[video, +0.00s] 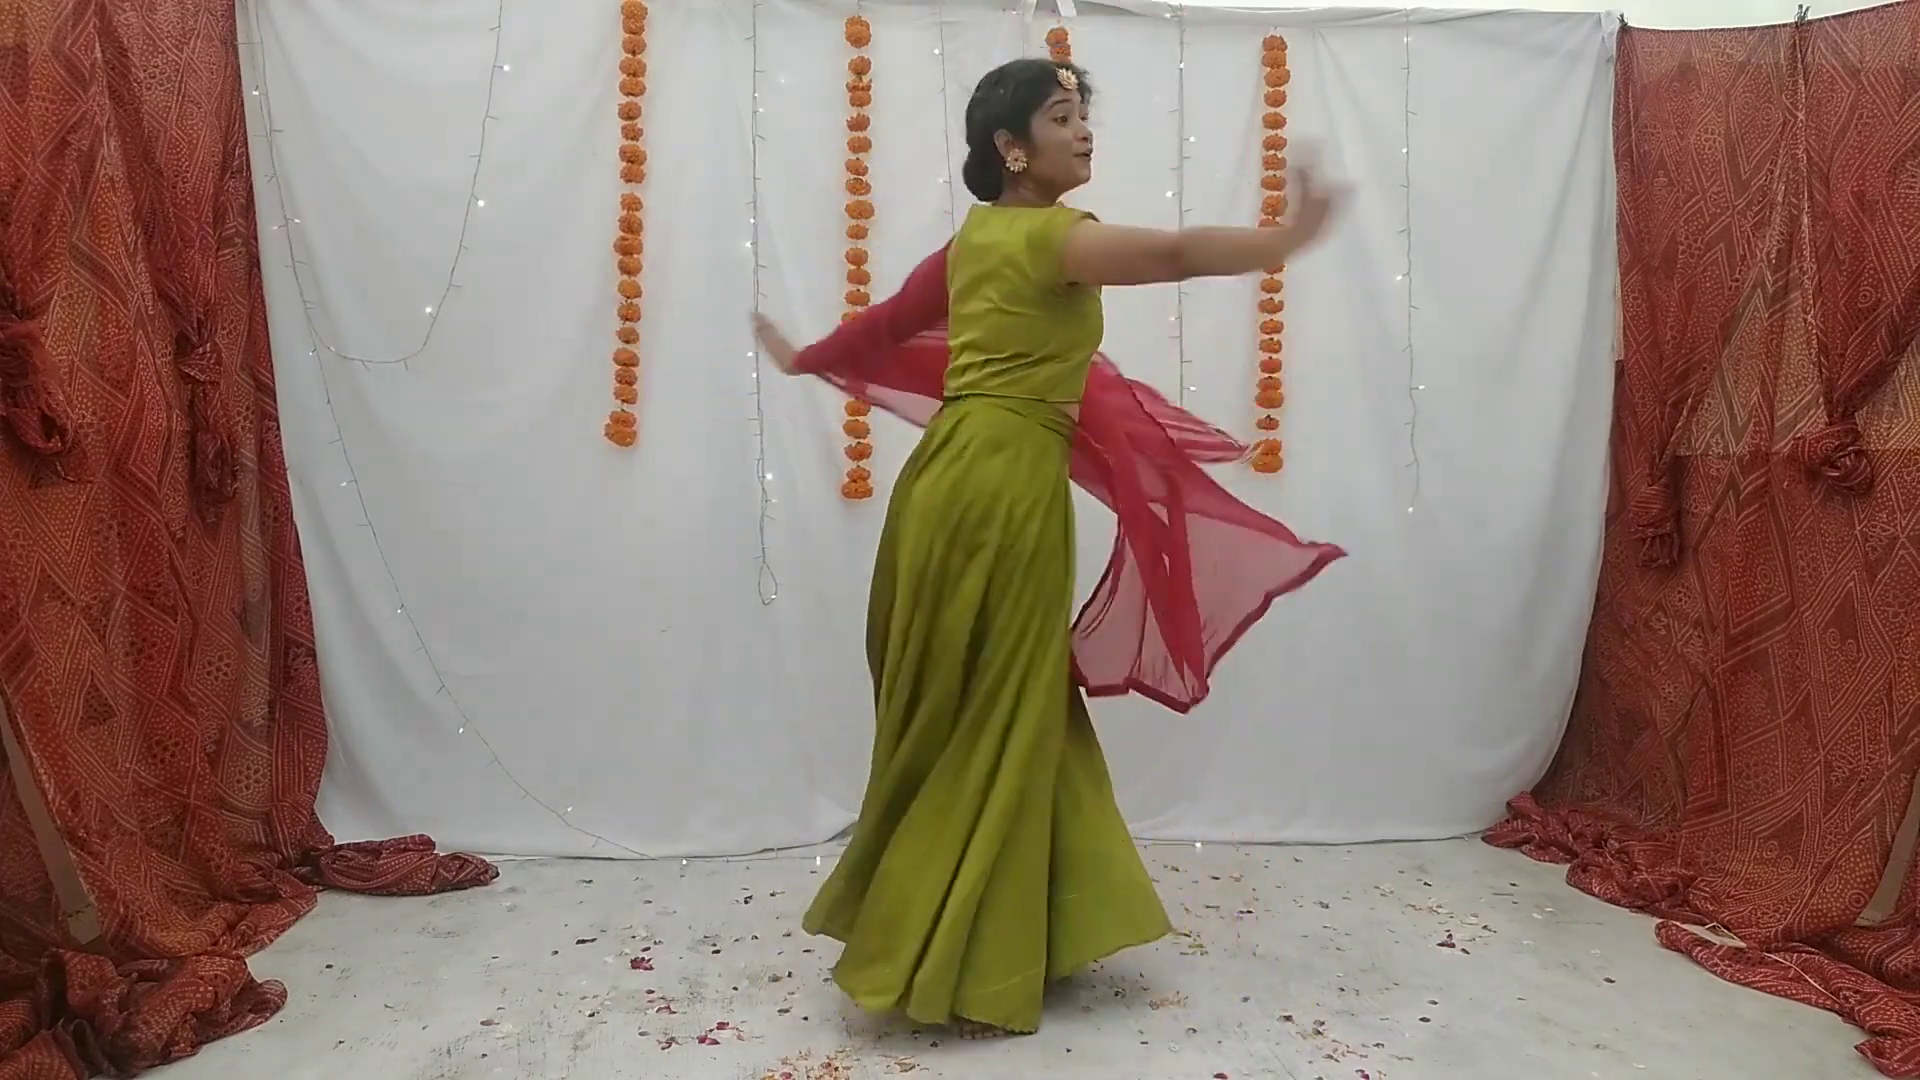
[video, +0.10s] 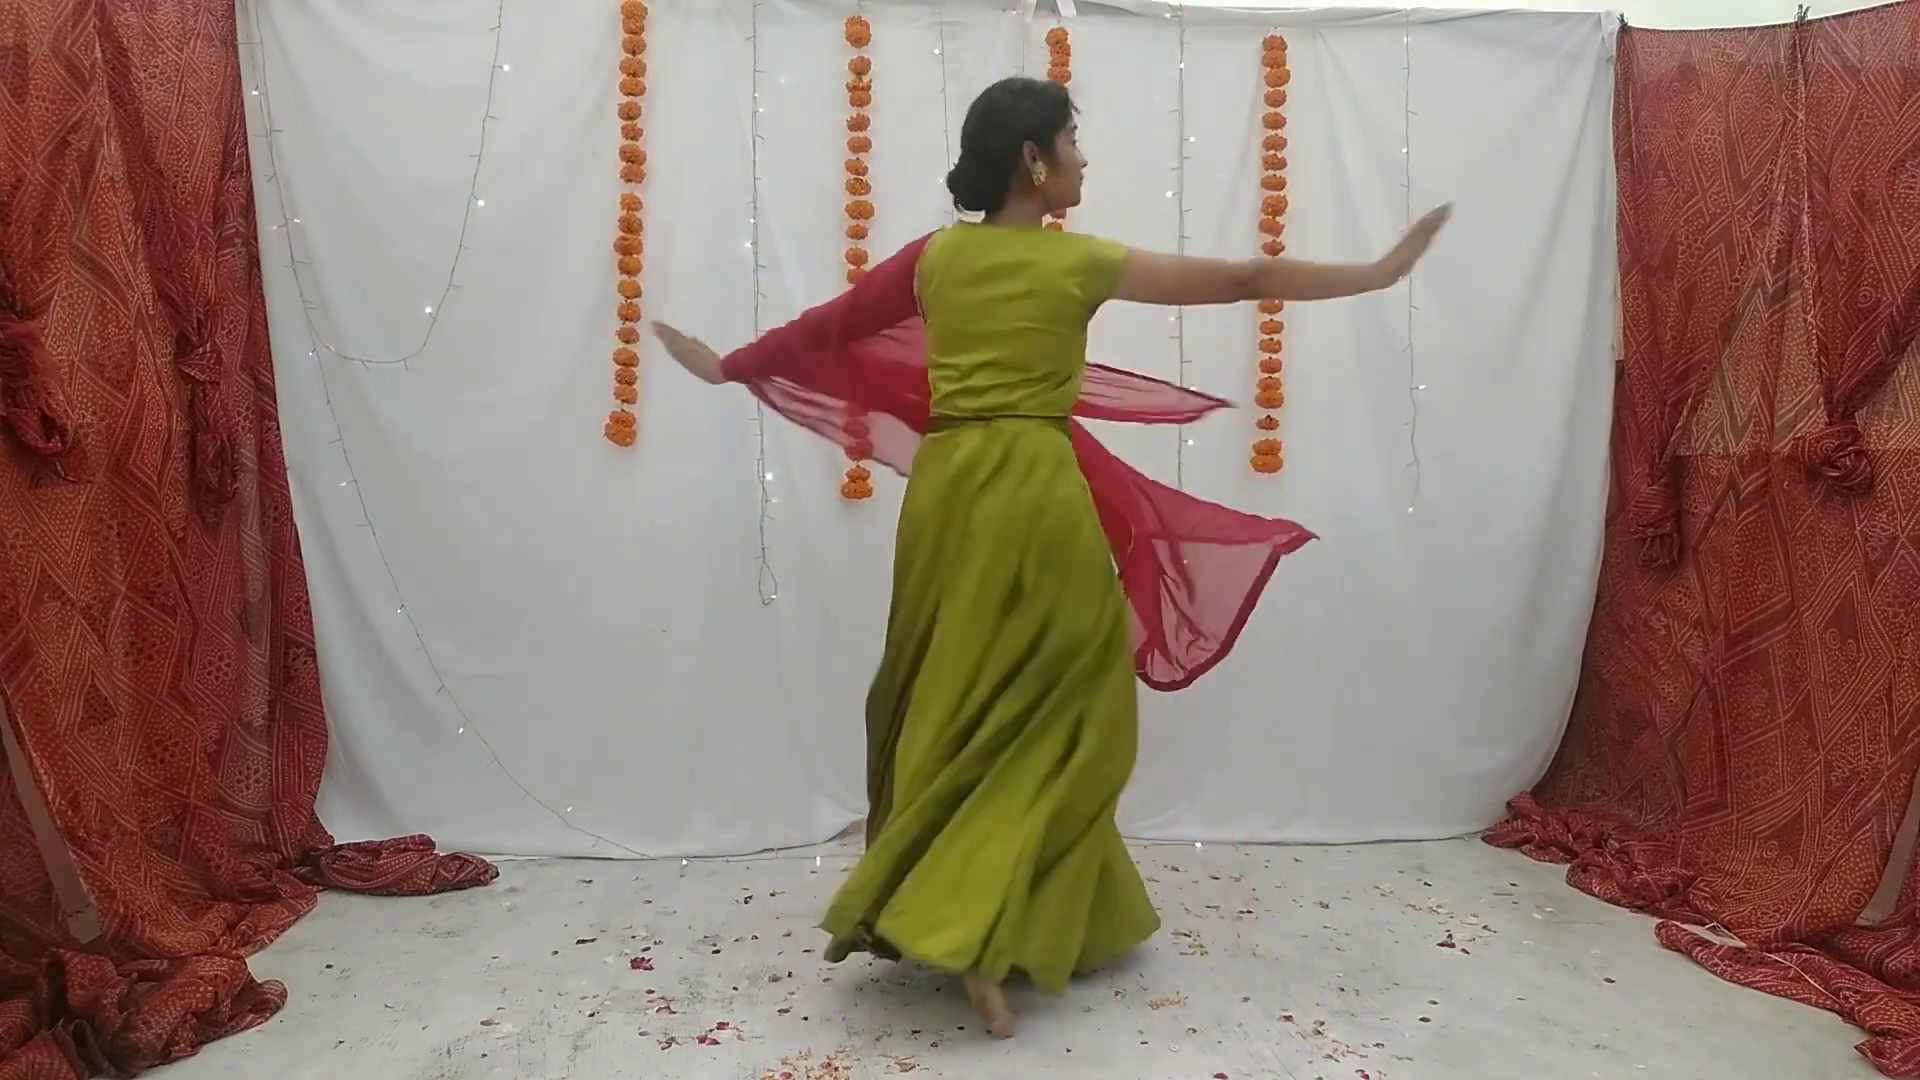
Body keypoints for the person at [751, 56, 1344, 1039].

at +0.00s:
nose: (1085, 132)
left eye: (1083, 116)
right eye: (1065, 120)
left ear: (1014, 156)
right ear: (1014, 148)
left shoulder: (971, 239)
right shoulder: (1052, 238)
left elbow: (887, 322)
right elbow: (1171, 254)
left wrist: (802, 358)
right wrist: (1289, 237)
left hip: (939, 480)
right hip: (1006, 488)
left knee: (947, 712)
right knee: (1005, 716)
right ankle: (963, 959)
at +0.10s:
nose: (1084, 162)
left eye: (1077, 144)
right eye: (1072, 145)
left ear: (1008, 161)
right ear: (1031, 162)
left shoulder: (935, 256)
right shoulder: (1077, 261)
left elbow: (834, 322)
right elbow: (1239, 277)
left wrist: (730, 364)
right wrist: (1374, 275)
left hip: (940, 494)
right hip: (1038, 494)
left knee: (960, 702)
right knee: (1079, 713)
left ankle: (1022, 914)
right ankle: (978, 920)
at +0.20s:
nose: (976, 196)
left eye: (978, 184)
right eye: (989, 183)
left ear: (985, 193)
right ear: (1065, 193)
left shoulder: (955, 282)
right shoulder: (1092, 296)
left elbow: (828, 310)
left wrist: (693, 326)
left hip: (970, 511)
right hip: (1064, 509)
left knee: (966, 705)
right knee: (1091, 705)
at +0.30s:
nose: (965, 199)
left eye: (977, 184)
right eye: (966, 183)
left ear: (1025, 194)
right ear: (1036, 196)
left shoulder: (1003, 273)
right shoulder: (1048, 275)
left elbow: (862, 293)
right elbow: (899, 320)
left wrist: (720, 248)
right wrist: (807, 282)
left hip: (1013, 494)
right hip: (1065, 488)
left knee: (992, 697)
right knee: (1065, 694)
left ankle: (1038, 896)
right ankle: (1079, 904)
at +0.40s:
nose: (965, 189)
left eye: (985, 175)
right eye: (962, 173)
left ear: (1033, 187)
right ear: (970, 179)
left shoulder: (1010, 266)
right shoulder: (1020, 268)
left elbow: (878, 270)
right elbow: (870, 311)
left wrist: (758, 201)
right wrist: (764, 240)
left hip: (1020, 492)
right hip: (1050, 482)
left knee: (994, 691)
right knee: (1064, 683)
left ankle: (1041, 894)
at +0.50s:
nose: (963, 173)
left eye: (985, 160)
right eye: (951, 157)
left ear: (1015, 183)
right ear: (937, 172)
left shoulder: (1023, 260)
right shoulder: (926, 270)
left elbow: (933, 238)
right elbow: (807, 303)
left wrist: (826, 171)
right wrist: (791, 195)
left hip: (1042, 482)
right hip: (964, 489)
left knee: (1021, 685)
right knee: (939, 696)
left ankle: (1041, 879)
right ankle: (963, 887)